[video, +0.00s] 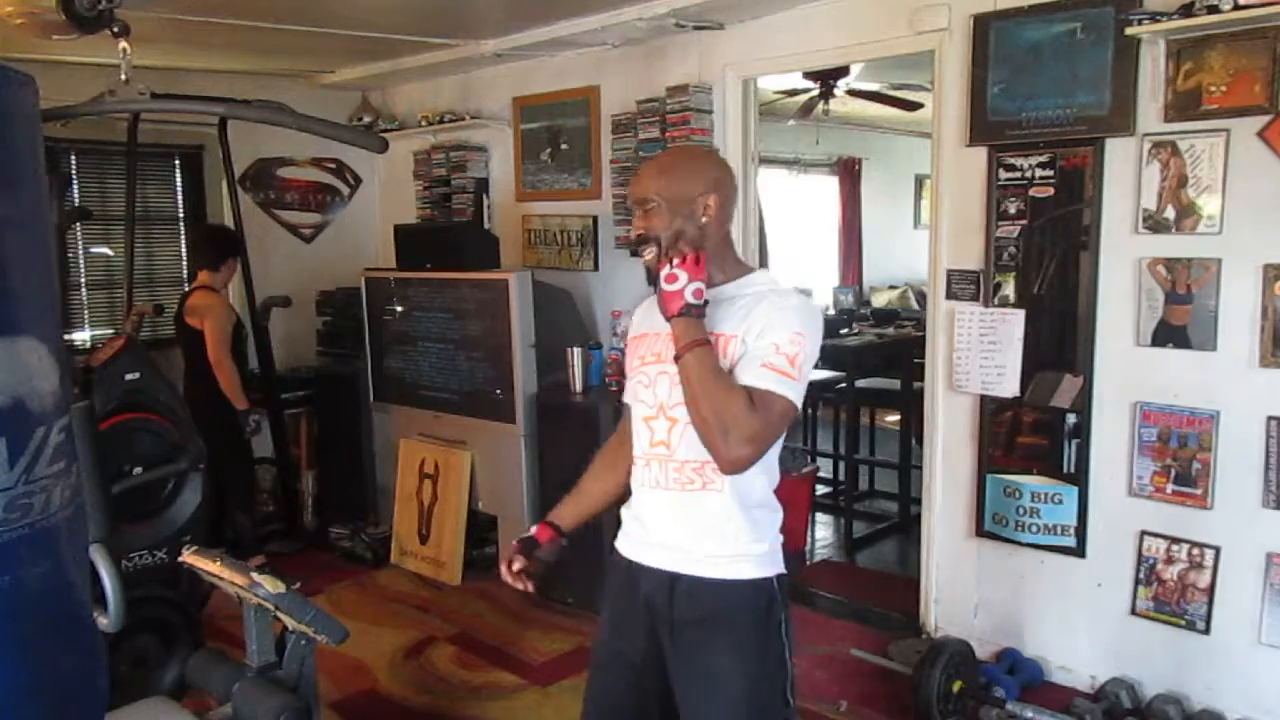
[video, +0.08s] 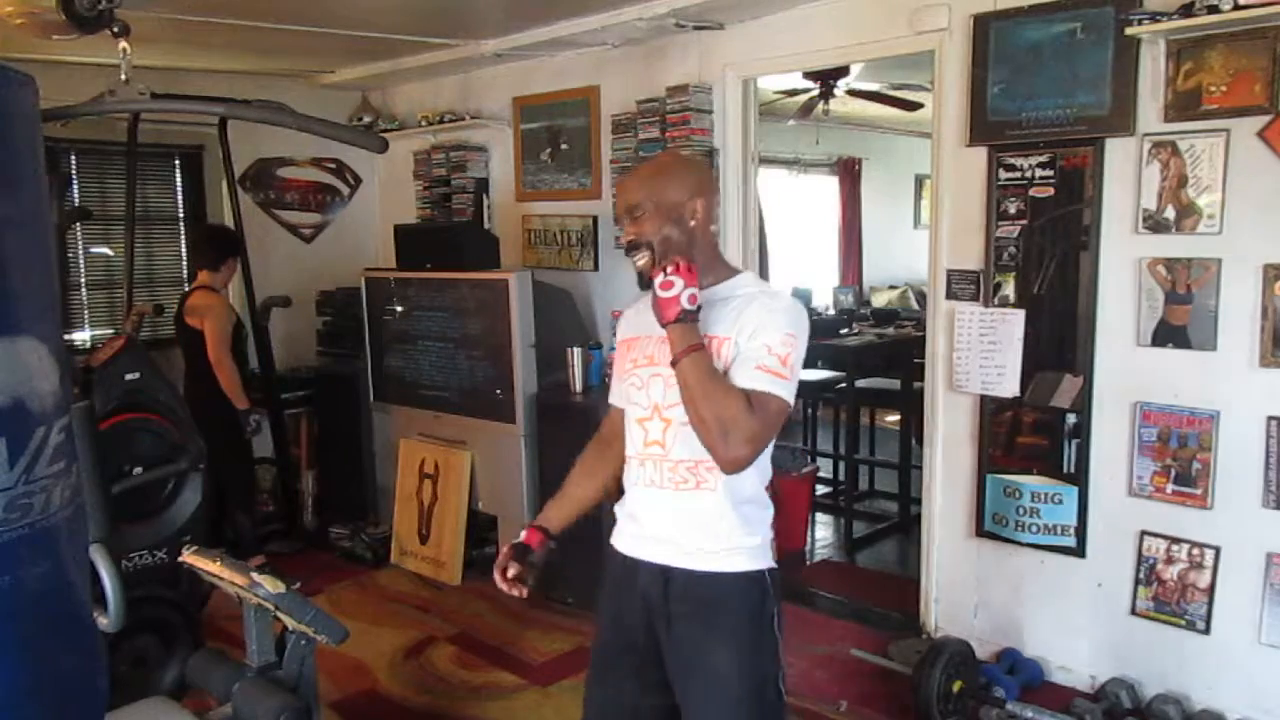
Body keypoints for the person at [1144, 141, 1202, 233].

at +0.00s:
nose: (1158, 158)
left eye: (1160, 153)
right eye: (1155, 155)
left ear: (1169, 150)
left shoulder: (1175, 161)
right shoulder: (1164, 166)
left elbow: (1170, 187)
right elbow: (1161, 188)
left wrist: (1160, 213)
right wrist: (1157, 212)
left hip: (1190, 211)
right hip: (1180, 211)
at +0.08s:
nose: (1158, 158)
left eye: (1160, 153)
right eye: (1155, 155)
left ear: (1169, 150)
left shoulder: (1175, 161)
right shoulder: (1164, 166)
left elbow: (1170, 187)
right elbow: (1161, 188)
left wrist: (1160, 213)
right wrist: (1157, 212)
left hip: (1190, 210)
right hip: (1180, 211)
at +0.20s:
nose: (1158, 158)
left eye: (1159, 153)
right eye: (1155, 156)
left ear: (1169, 150)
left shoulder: (1175, 161)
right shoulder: (1164, 166)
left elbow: (1170, 187)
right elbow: (1161, 188)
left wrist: (1160, 213)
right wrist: (1157, 212)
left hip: (1190, 210)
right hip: (1180, 211)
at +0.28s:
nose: (1158, 158)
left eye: (1159, 153)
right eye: (1155, 156)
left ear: (1169, 150)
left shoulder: (1175, 161)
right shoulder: (1164, 166)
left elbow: (1170, 187)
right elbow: (1161, 188)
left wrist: (1160, 213)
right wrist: (1157, 212)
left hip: (1190, 210)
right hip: (1180, 211)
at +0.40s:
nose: (1158, 158)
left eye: (1159, 153)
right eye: (1155, 156)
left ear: (1169, 150)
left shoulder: (1175, 161)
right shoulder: (1164, 166)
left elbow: (1170, 187)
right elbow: (1161, 189)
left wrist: (1160, 213)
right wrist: (1157, 212)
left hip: (1190, 211)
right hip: (1180, 211)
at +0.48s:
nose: (1157, 158)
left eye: (1159, 154)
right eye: (1155, 156)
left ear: (1169, 150)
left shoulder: (1175, 161)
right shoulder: (1164, 166)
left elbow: (1170, 188)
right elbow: (1161, 188)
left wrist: (1160, 213)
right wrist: (1157, 212)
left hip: (1190, 211)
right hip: (1180, 212)